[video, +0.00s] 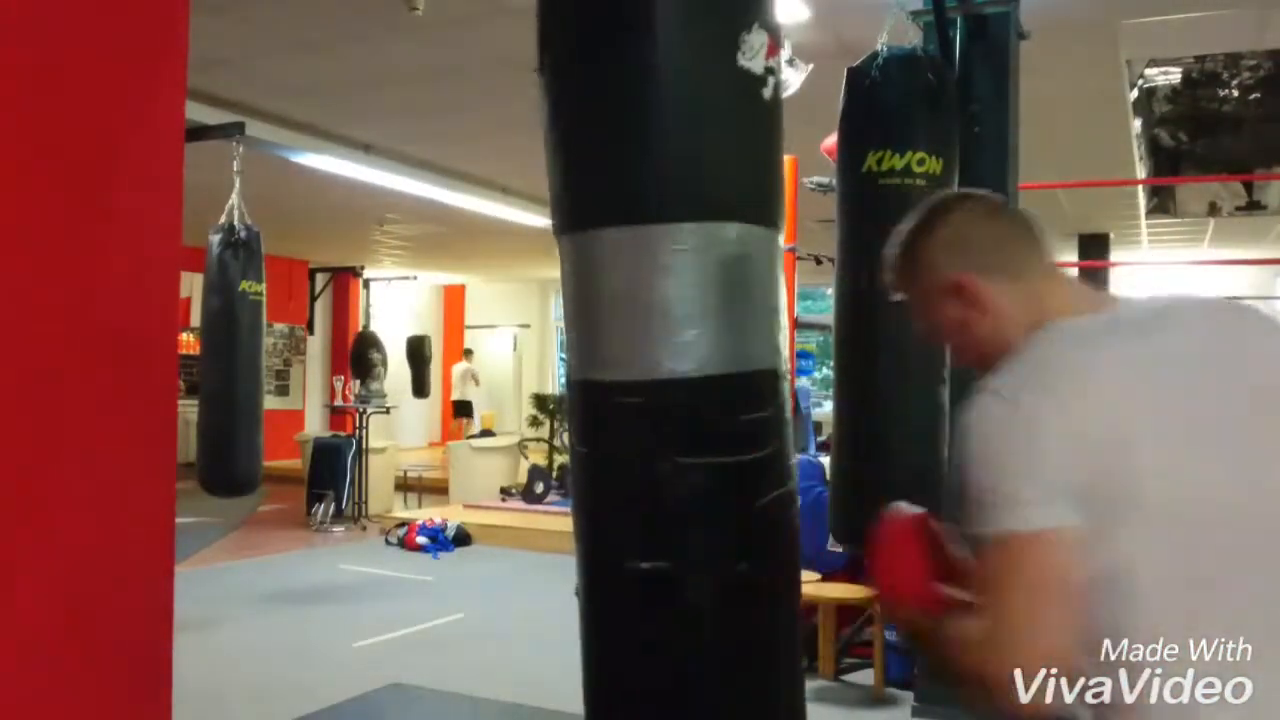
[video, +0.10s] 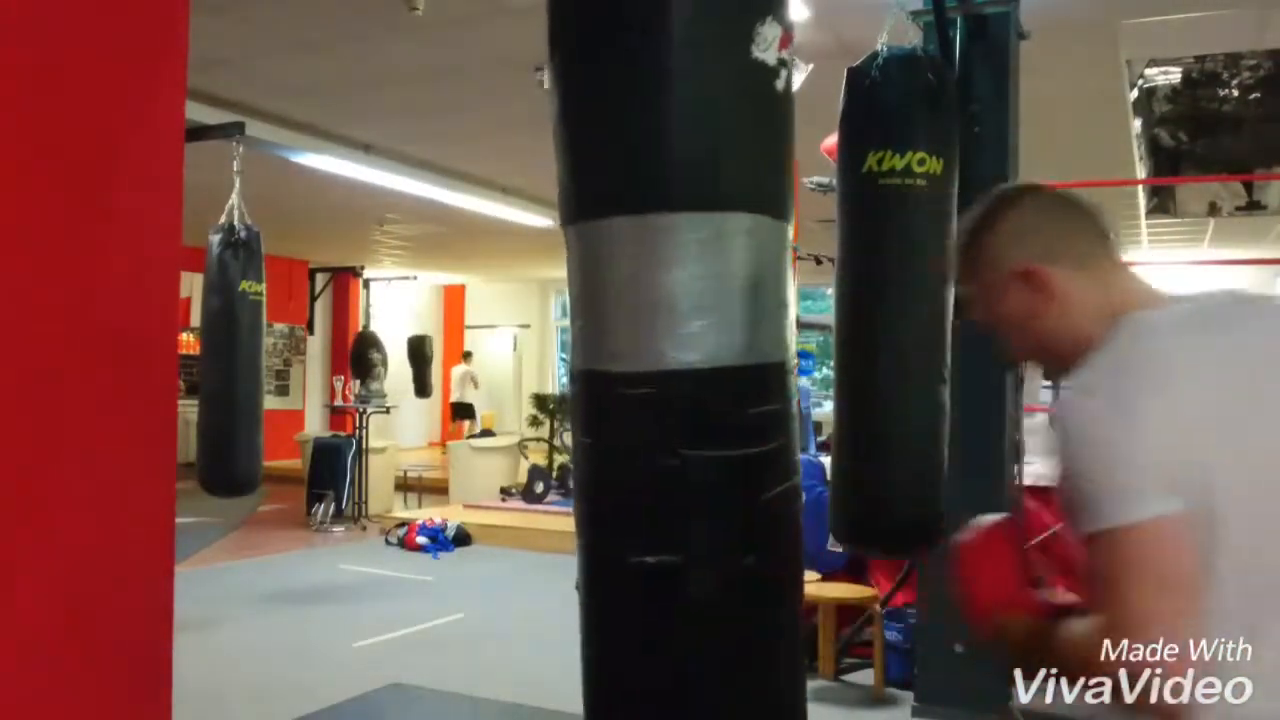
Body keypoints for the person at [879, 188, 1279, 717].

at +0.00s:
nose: (958, 358)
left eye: (945, 334)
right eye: (942, 341)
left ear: (968, 299)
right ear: (1040, 262)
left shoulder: (1023, 403)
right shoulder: (1251, 333)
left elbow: (1032, 675)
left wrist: (929, 613)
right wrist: (993, 582)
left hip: (1146, 706)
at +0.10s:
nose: (1017, 357)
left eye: (1001, 326)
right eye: (998, 333)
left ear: (1036, 286)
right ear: (1107, 257)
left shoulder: (1114, 390)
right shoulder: (1265, 321)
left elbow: (1154, 659)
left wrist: (1023, 627)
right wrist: (1095, 569)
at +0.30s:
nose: (1093, 315)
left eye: (1081, 283)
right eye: (1075, 290)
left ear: (1133, 233)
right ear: (1133, 232)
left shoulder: (1224, 334)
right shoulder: (1250, 302)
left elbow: (1256, 593)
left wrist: (1112, 536)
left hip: (1260, 699)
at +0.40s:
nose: (1080, 307)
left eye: (1068, 271)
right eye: (1062, 277)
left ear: (1120, 221)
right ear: (1120, 219)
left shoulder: (1208, 299)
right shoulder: (1251, 281)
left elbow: (1235, 556)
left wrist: (1075, 490)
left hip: (1256, 687)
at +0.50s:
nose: (1040, 305)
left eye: (1031, 276)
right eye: (1025, 281)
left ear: (1080, 230)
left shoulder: (1145, 311)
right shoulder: (1263, 285)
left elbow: (1069, 529)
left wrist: (933, 494)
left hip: (1244, 692)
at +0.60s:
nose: (979, 307)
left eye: (976, 277)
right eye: (967, 285)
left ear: (1028, 232)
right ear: (1038, 225)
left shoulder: (1094, 315)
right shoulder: (1237, 288)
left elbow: (969, 530)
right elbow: (985, 494)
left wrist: (834, 490)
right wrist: (858, 488)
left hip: (1241, 692)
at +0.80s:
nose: (899, 354)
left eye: (897, 323)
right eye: (888, 332)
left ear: (953, 275)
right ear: (953, 275)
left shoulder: (1125, 361)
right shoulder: (1029, 388)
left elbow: (1155, 620)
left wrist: (964, 532)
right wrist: (879, 500)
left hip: (1232, 702)